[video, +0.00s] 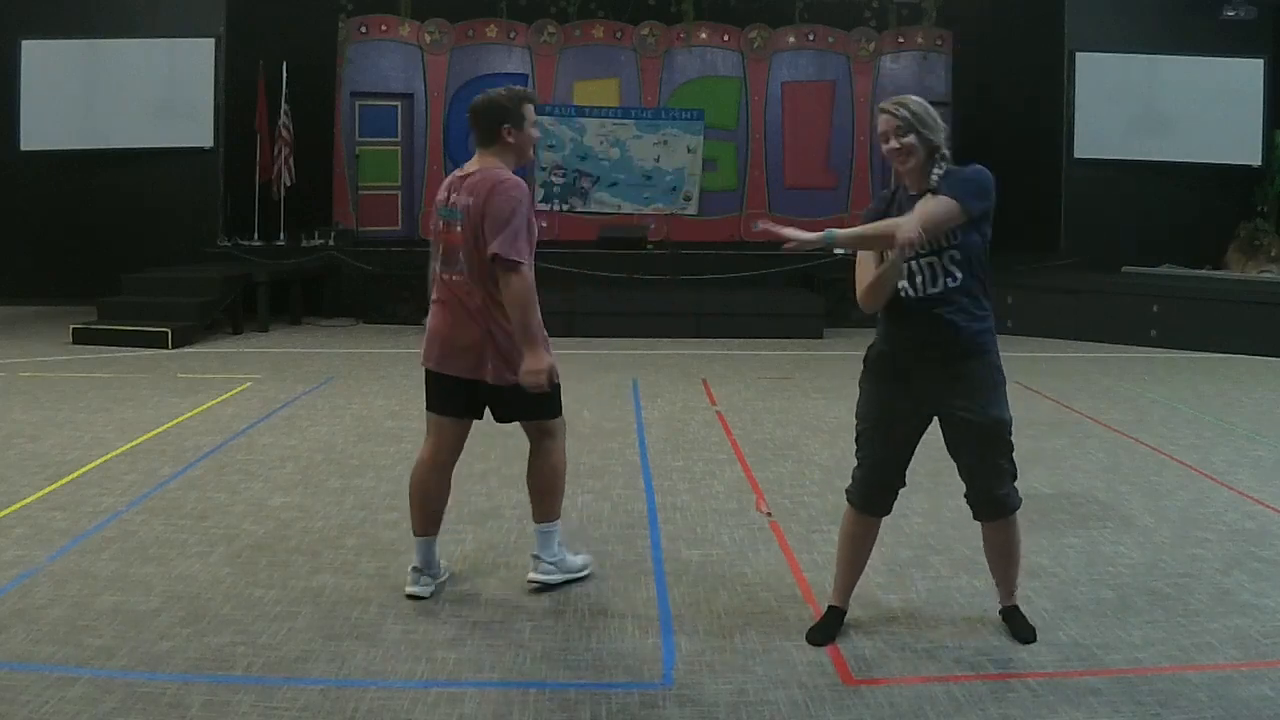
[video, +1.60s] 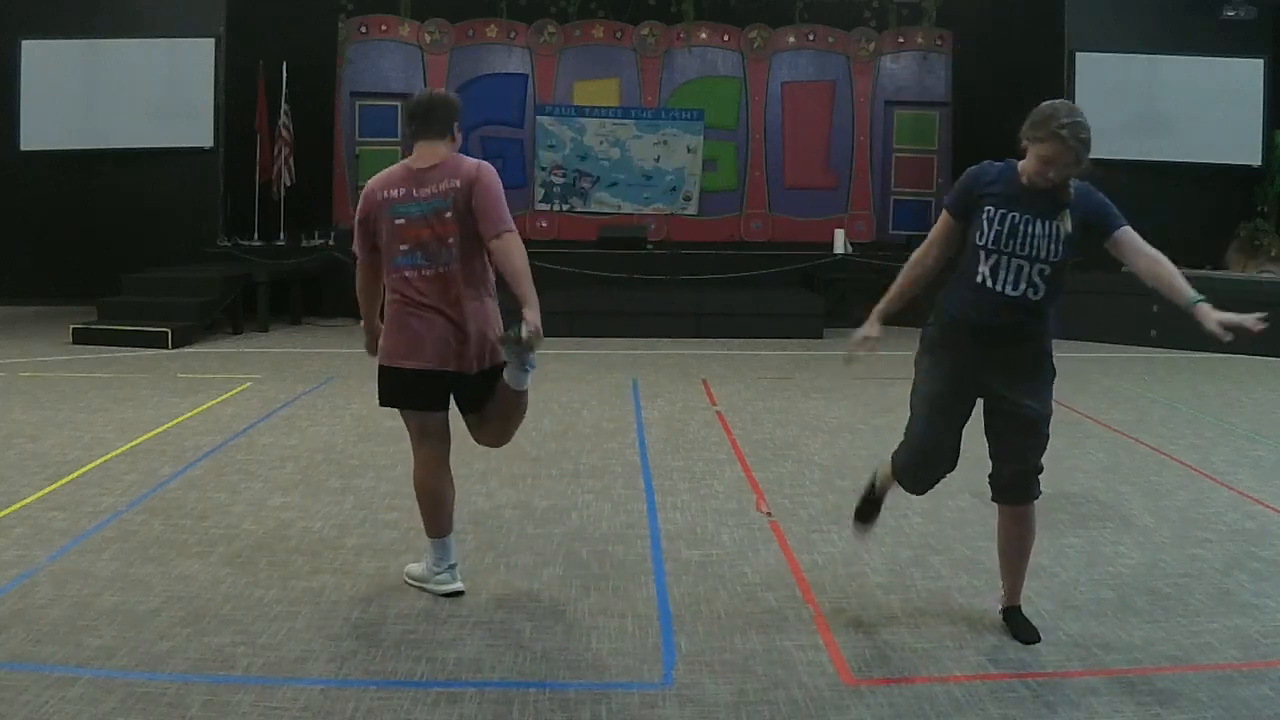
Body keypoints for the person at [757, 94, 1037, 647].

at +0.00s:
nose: (892, 147)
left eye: (900, 135)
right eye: (884, 140)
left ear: (928, 135)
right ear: (882, 148)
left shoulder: (972, 182)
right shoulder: (877, 214)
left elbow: (909, 227)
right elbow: (867, 299)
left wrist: (825, 237)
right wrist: (892, 257)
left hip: (968, 363)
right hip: (897, 364)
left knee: (994, 493)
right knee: (869, 489)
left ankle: (1009, 603)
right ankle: (837, 605)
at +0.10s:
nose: (922, 153)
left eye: (931, 141)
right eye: (914, 145)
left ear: (958, 140)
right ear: (909, 148)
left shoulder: (997, 190)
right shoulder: (894, 209)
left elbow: (979, 244)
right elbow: (874, 294)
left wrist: (884, 234)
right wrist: (903, 304)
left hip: (981, 366)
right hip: (908, 368)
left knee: (1007, 496)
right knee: (877, 491)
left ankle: (1011, 605)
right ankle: (838, 605)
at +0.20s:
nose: (953, 155)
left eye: (964, 144)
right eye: (946, 146)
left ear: (990, 144)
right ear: (939, 150)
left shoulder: (1027, 196)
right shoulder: (925, 206)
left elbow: (1040, 257)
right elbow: (890, 288)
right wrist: (882, 337)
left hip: (999, 370)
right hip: (927, 369)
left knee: (1018, 495)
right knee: (883, 490)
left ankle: (1011, 604)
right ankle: (835, 600)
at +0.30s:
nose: (985, 155)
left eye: (994, 144)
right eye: (976, 146)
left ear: (1019, 140)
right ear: (967, 147)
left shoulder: (1051, 191)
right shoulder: (950, 200)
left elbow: (1091, 246)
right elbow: (906, 281)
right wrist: (866, 345)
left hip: (1016, 359)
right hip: (945, 355)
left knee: (1025, 488)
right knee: (900, 468)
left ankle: (1013, 605)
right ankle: (827, 571)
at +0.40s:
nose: (1007, 152)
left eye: (1017, 142)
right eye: (999, 142)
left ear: (1037, 139)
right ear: (986, 140)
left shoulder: (1066, 186)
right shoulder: (963, 196)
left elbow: (1127, 239)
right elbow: (916, 275)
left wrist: (1168, 292)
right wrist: (863, 338)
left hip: (1028, 355)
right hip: (960, 346)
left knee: (1026, 484)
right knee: (919, 457)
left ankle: (1013, 606)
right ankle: (838, 489)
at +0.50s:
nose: (1028, 150)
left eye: (1037, 139)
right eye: (1017, 139)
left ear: (1051, 136)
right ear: (997, 135)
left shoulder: (1076, 182)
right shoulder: (971, 193)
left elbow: (1143, 231)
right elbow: (927, 266)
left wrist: (1209, 282)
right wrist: (875, 330)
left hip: (1037, 355)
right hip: (972, 343)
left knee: (1028, 486)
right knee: (922, 453)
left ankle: (1013, 606)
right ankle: (865, 411)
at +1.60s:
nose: (1053, 179)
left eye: (1065, 172)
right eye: (1047, 167)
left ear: (1079, 162)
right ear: (1026, 146)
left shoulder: (1085, 203)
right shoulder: (982, 182)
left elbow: (1142, 257)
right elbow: (932, 253)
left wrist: (1201, 309)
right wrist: (878, 314)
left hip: (1023, 358)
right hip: (953, 346)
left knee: (1018, 484)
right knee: (923, 466)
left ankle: (1012, 606)